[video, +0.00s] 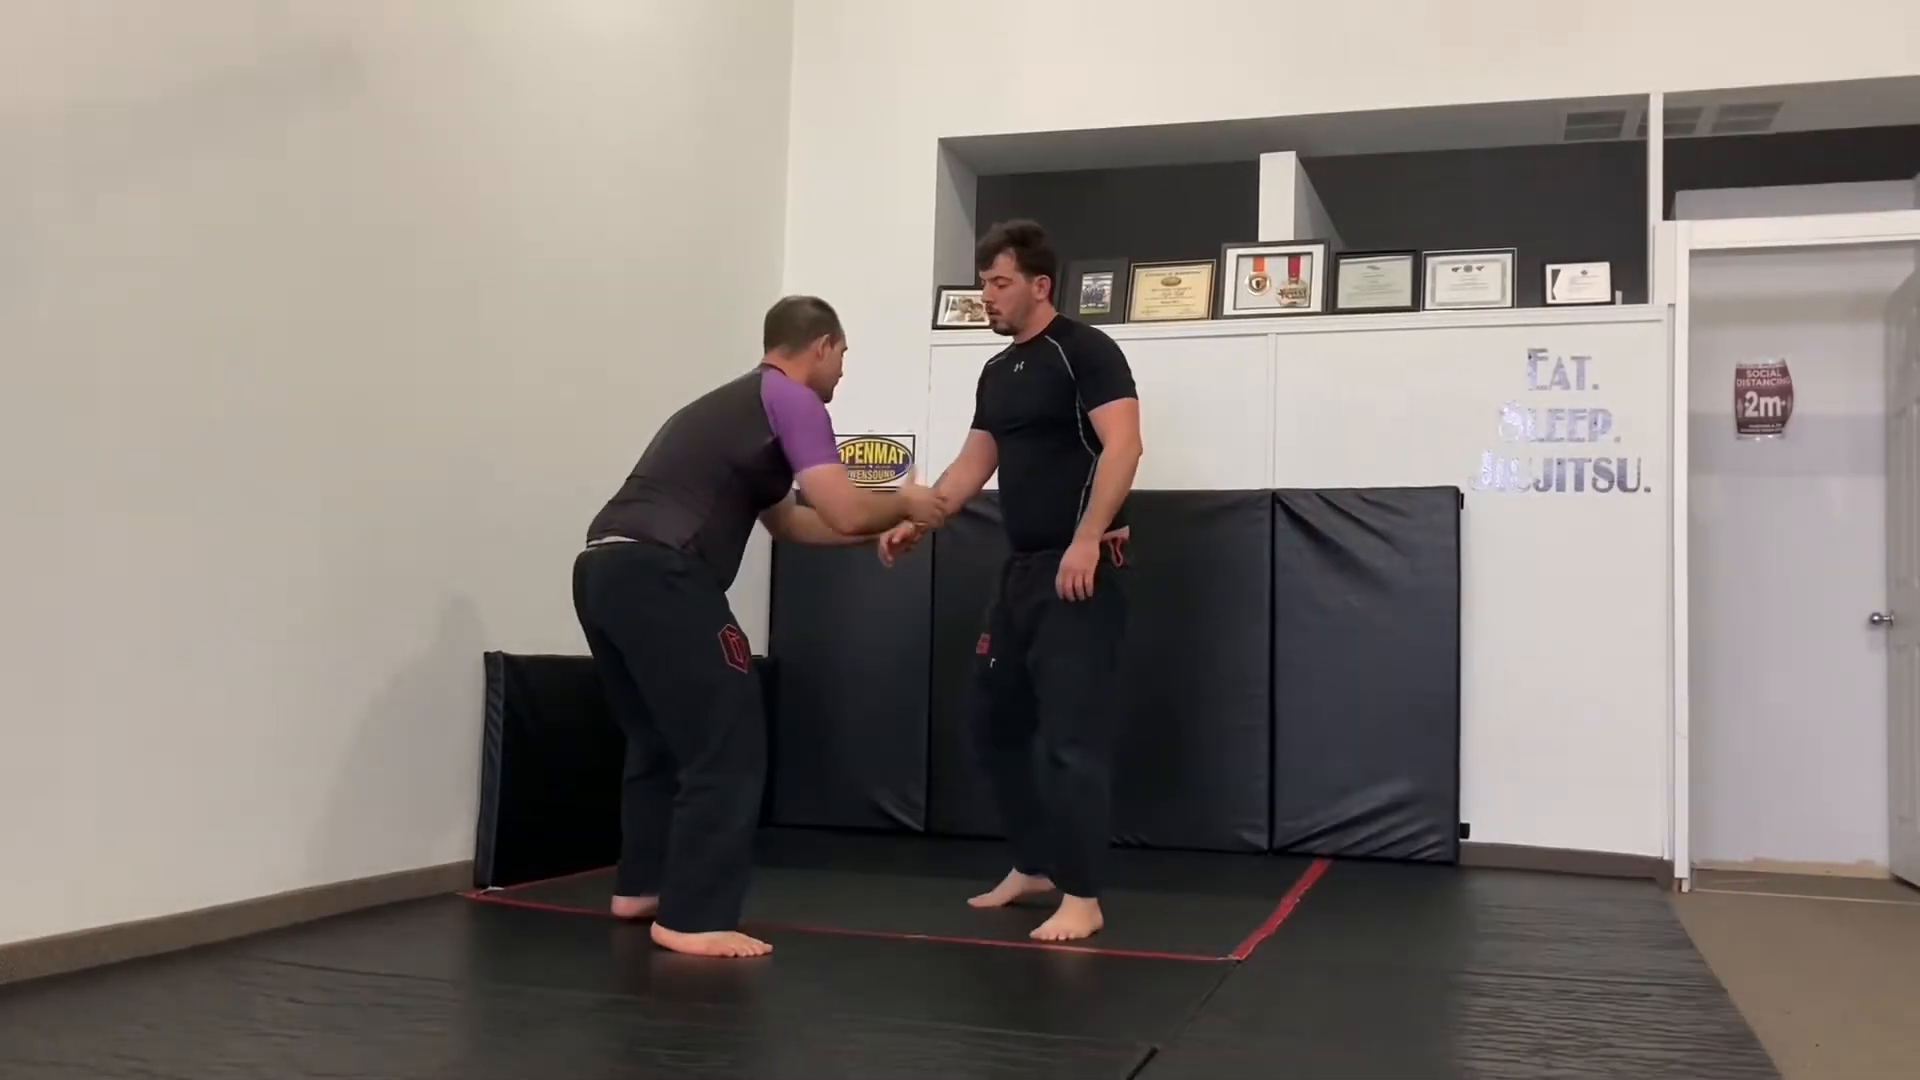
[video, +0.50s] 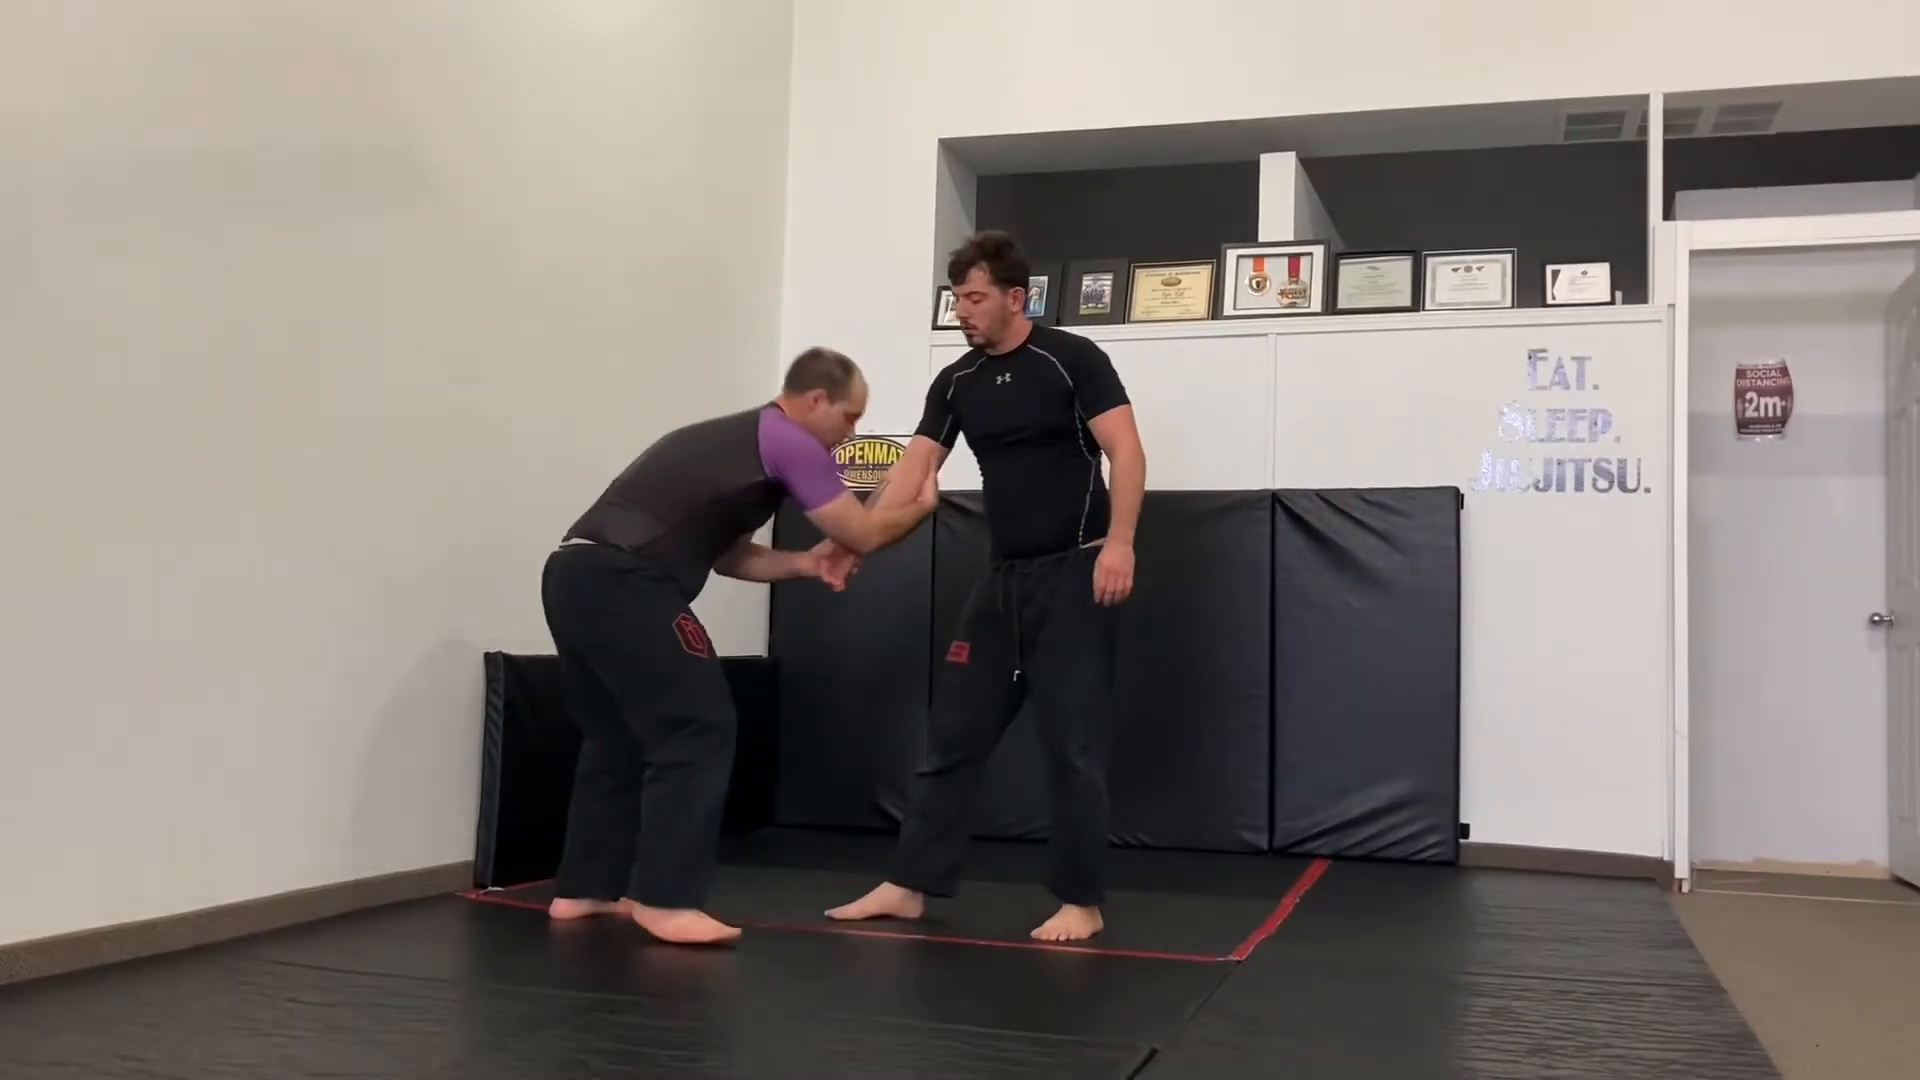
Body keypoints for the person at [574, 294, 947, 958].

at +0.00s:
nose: (841, 369)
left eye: (841, 356)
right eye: (840, 355)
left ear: (776, 349)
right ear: (821, 349)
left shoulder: (735, 403)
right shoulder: (792, 399)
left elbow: (788, 523)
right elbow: (849, 510)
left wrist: (879, 527)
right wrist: (907, 499)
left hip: (602, 571)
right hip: (660, 576)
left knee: (656, 737)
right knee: (729, 738)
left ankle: (639, 886)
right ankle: (694, 919)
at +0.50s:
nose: (851, 433)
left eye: (855, 420)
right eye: (850, 417)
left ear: (801, 400)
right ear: (816, 401)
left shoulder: (735, 438)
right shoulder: (790, 440)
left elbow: (728, 557)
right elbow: (864, 532)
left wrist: (807, 561)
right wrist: (921, 504)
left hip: (575, 574)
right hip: (627, 581)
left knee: (614, 735)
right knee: (699, 727)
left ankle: (583, 887)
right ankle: (665, 898)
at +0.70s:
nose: (893, 482)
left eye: (900, 471)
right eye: (889, 467)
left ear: (843, 442)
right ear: (851, 444)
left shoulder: (791, 464)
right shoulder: (814, 473)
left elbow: (763, 570)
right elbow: (869, 571)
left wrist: (797, 634)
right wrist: (912, 514)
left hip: (627, 591)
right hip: (644, 597)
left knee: (687, 729)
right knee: (720, 733)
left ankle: (609, 849)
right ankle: (668, 896)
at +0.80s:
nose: (911, 512)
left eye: (919, 501)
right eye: (906, 497)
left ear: (862, 469)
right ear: (868, 471)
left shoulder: (818, 491)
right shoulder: (827, 497)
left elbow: (802, 608)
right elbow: (874, 600)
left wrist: (837, 678)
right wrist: (914, 531)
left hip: (683, 604)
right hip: (659, 602)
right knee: (736, 739)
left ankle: (683, 841)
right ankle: (670, 895)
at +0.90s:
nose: (931, 550)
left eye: (939, 539)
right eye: (925, 533)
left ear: (894, 502)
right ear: (890, 504)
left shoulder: (868, 528)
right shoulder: (846, 528)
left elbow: (859, 640)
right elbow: (867, 644)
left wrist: (893, 703)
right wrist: (912, 570)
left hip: (732, 623)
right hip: (682, 614)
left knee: (806, 726)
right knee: (750, 747)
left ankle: (810, 859)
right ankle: (672, 895)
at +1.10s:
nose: (970, 611)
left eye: (980, 602)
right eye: (965, 596)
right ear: (932, 566)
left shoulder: (928, 594)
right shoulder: (879, 595)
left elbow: (951, 668)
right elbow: (848, 724)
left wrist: (1003, 730)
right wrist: (943, 727)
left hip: (803, 674)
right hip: (741, 662)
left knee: (892, 741)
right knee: (799, 766)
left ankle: (848, 874)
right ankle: (696, 896)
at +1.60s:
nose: (994, 586)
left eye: (1006, 578)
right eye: (990, 568)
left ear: (1014, 576)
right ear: (963, 543)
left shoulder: (994, 598)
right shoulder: (908, 565)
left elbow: (999, 693)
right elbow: (861, 676)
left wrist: (969, 663)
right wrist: (904, 756)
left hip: (877, 666)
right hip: (807, 639)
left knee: (941, 737)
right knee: (781, 756)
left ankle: (865, 861)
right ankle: (697, 895)